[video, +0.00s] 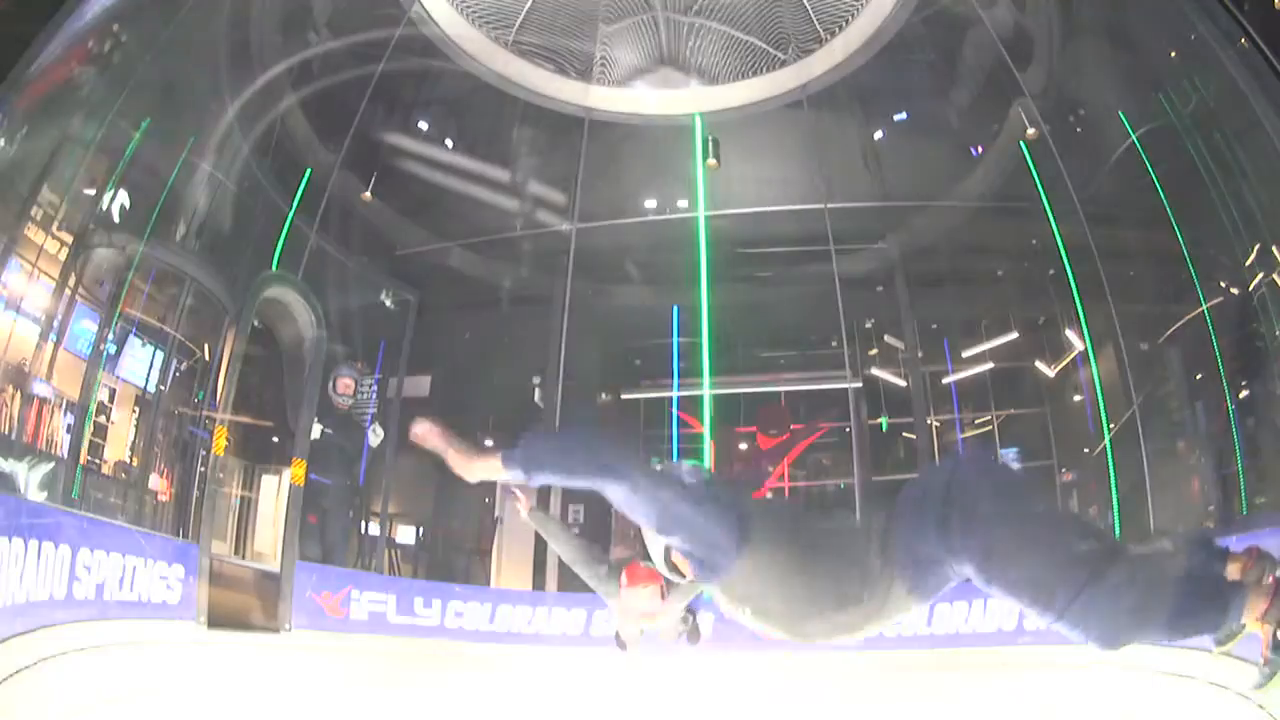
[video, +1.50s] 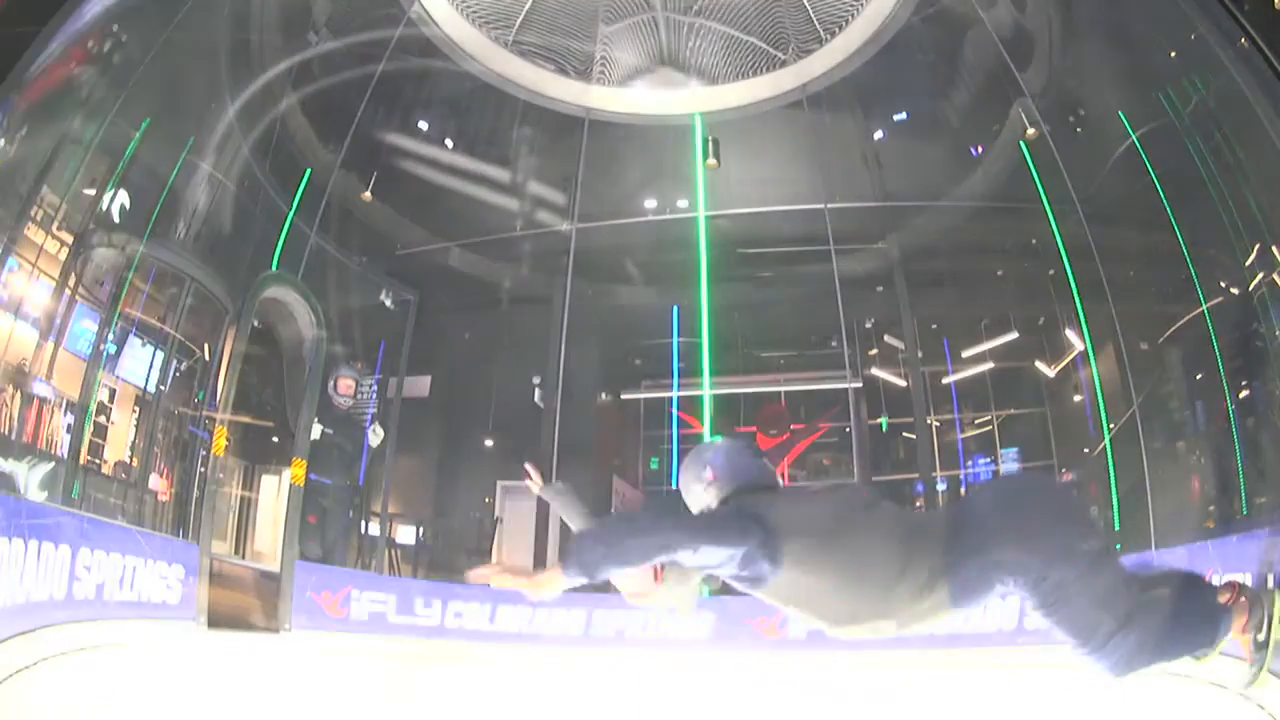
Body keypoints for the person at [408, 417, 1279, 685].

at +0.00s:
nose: (645, 590)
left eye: (634, 585)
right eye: (636, 597)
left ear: (650, 564)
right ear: (655, 595)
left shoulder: (717, 542)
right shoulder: (737, 597)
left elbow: (616, 465)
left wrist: (488, 459)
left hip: (955, 504)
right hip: (950, 539)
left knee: (1101, 604)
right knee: (1108, 585)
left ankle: (1248, 596)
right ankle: (1243, 580)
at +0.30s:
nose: (582, 534)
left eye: (586, 532)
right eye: (584, 535)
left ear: (618, 532)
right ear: (627, 528)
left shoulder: (694, 544)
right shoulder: (698, 542)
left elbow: (564, 525)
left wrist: (445, 524)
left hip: (947, 534)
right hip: (946, 541)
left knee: (1108, 628)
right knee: (1113, 602)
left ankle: (1251, 598)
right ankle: (1246, 572)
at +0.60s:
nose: (625, 560)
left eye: (628, 546)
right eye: (622, 543)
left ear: (658, 531)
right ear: (684, 514)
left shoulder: (716, 551)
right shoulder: (722, 543)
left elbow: (589, 543)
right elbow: (597, 537)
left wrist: (465, 530)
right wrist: (512, 518)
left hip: (944, 545)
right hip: (950, 539)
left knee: (1111, 647)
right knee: (1110, 611)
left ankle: (1245, 620)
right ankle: (1219, 581)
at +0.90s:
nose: (658, 555)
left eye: (662, 536)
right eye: (658, 536)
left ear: (692, 514)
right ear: (707, 506)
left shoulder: (733, 530)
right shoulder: (737, 540)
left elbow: (632, 543)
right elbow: (649, 557)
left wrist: (542, 539)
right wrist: (560, 545)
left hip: (974, 552)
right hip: (970, 546)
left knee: (1114, 671)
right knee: (1110, 617)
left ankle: (1243, 625)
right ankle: (1223, 587)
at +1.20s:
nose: (687, 516)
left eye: (688, 501)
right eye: (686, 501)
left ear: (718, 488)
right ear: (735, 477)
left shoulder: (763, 518)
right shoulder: (783, 516)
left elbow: (646, 522)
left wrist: (561, 513)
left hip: (997, 543)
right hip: (992, 533)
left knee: (1120, 669)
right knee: (1115, 614)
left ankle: (1248, 622)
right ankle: (1226, 600)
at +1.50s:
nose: (684, 511)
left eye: (691, 499)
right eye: (691, 498)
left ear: (714, 497)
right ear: (746, 480)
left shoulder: (751, 529)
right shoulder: (772, 513)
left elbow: (655, 531)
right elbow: (679, 541)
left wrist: (552, 566)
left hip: (1005, 541)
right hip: (993, 527)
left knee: (1116, 641)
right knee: (1106, 600)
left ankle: (1234, 615)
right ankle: (1219, 605)